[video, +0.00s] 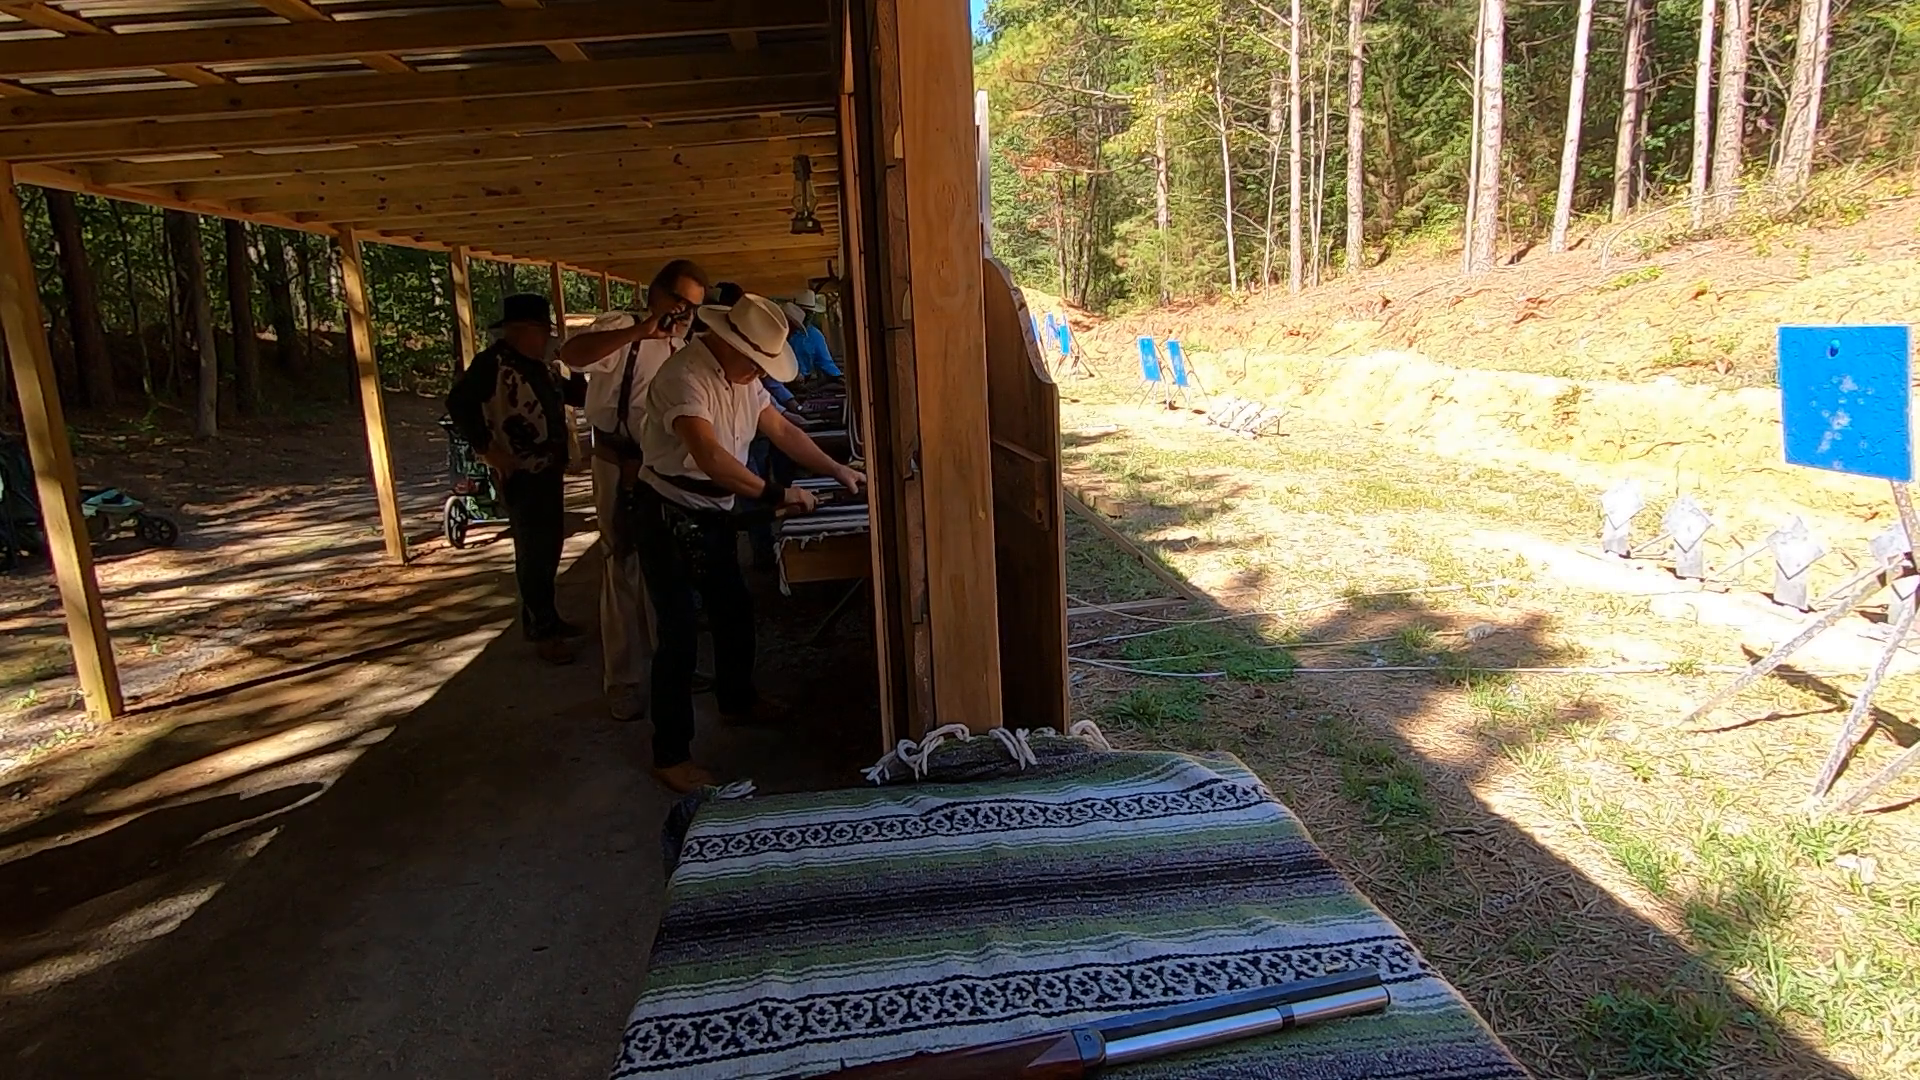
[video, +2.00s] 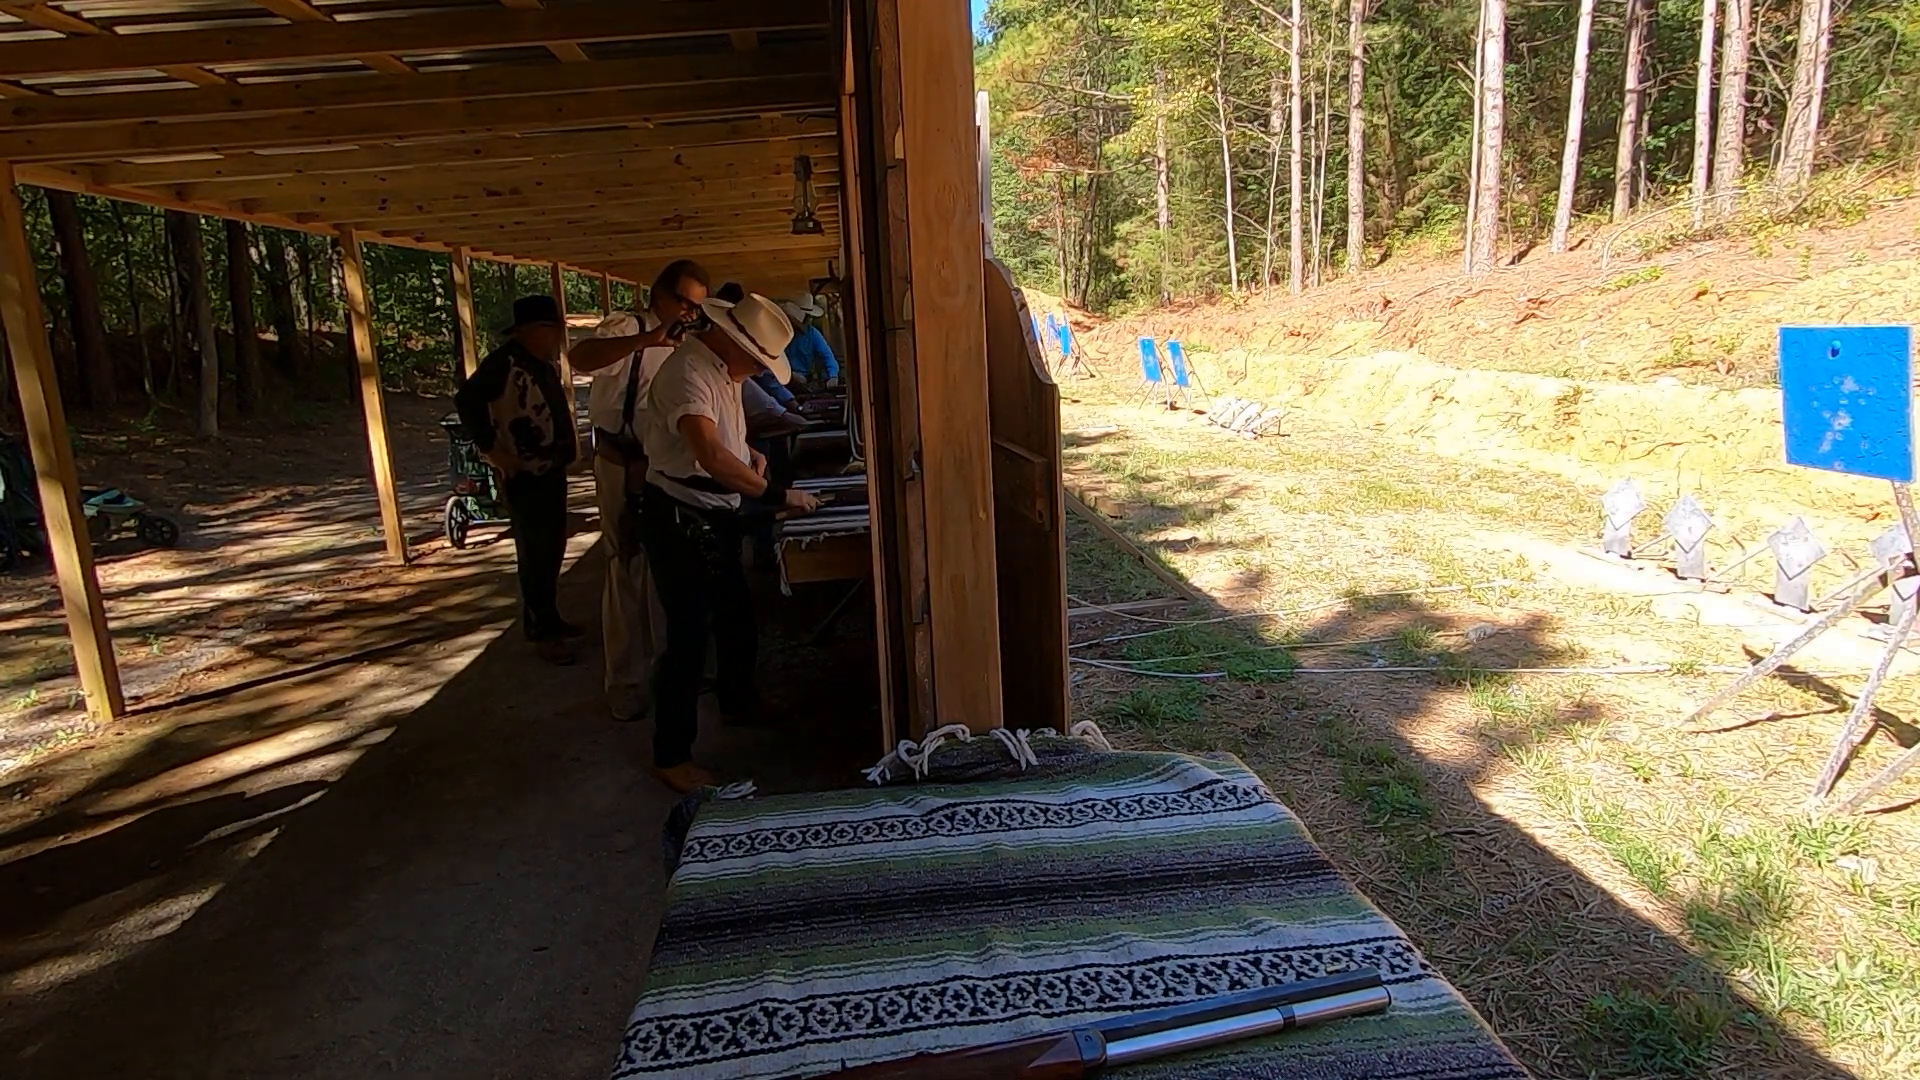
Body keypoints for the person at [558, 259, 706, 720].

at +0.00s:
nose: (683, 312)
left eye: (693, 306)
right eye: (676, 300)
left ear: (701, 309)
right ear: (655, 293)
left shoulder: (692, 349)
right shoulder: (623, 330)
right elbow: (571, 354)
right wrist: (637, 333)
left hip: (672, 464)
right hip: (617, 464)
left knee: (671, 570)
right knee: (623, 572)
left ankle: (676, 669)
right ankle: (624, 684)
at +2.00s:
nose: (687, 313)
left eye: (696, 307)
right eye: (681, 302)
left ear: (702, 311)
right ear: (657, 296)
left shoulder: (694, 348)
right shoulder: (626, 328)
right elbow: (579, 358)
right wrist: (649, 339)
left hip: (675, 467)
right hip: (621, 467)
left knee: (672, 571)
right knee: (626, 573)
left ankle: (677, 672)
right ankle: (625, 685)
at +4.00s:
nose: (691, 314)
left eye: (698, 309)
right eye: (686, 304)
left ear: (698, 310)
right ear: (661, 296)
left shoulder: (690, 345)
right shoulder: (631, 327)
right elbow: (608, 346)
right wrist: (675, 342)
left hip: (668, 463)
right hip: (619, 466)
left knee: (671, 567)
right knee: (626, 572)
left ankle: (673, 671)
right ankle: (624, 684)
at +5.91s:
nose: (687, 315)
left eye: (695, 310)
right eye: (682, 305)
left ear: (697, 311)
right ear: (657, 296)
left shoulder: (688, 344)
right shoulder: (630, 325)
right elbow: (610, 348)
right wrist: (675, 345)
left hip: (667, 462)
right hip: (618, 463)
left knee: (668, 564)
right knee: (624, 570)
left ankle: (670, 664)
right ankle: (623, 680)